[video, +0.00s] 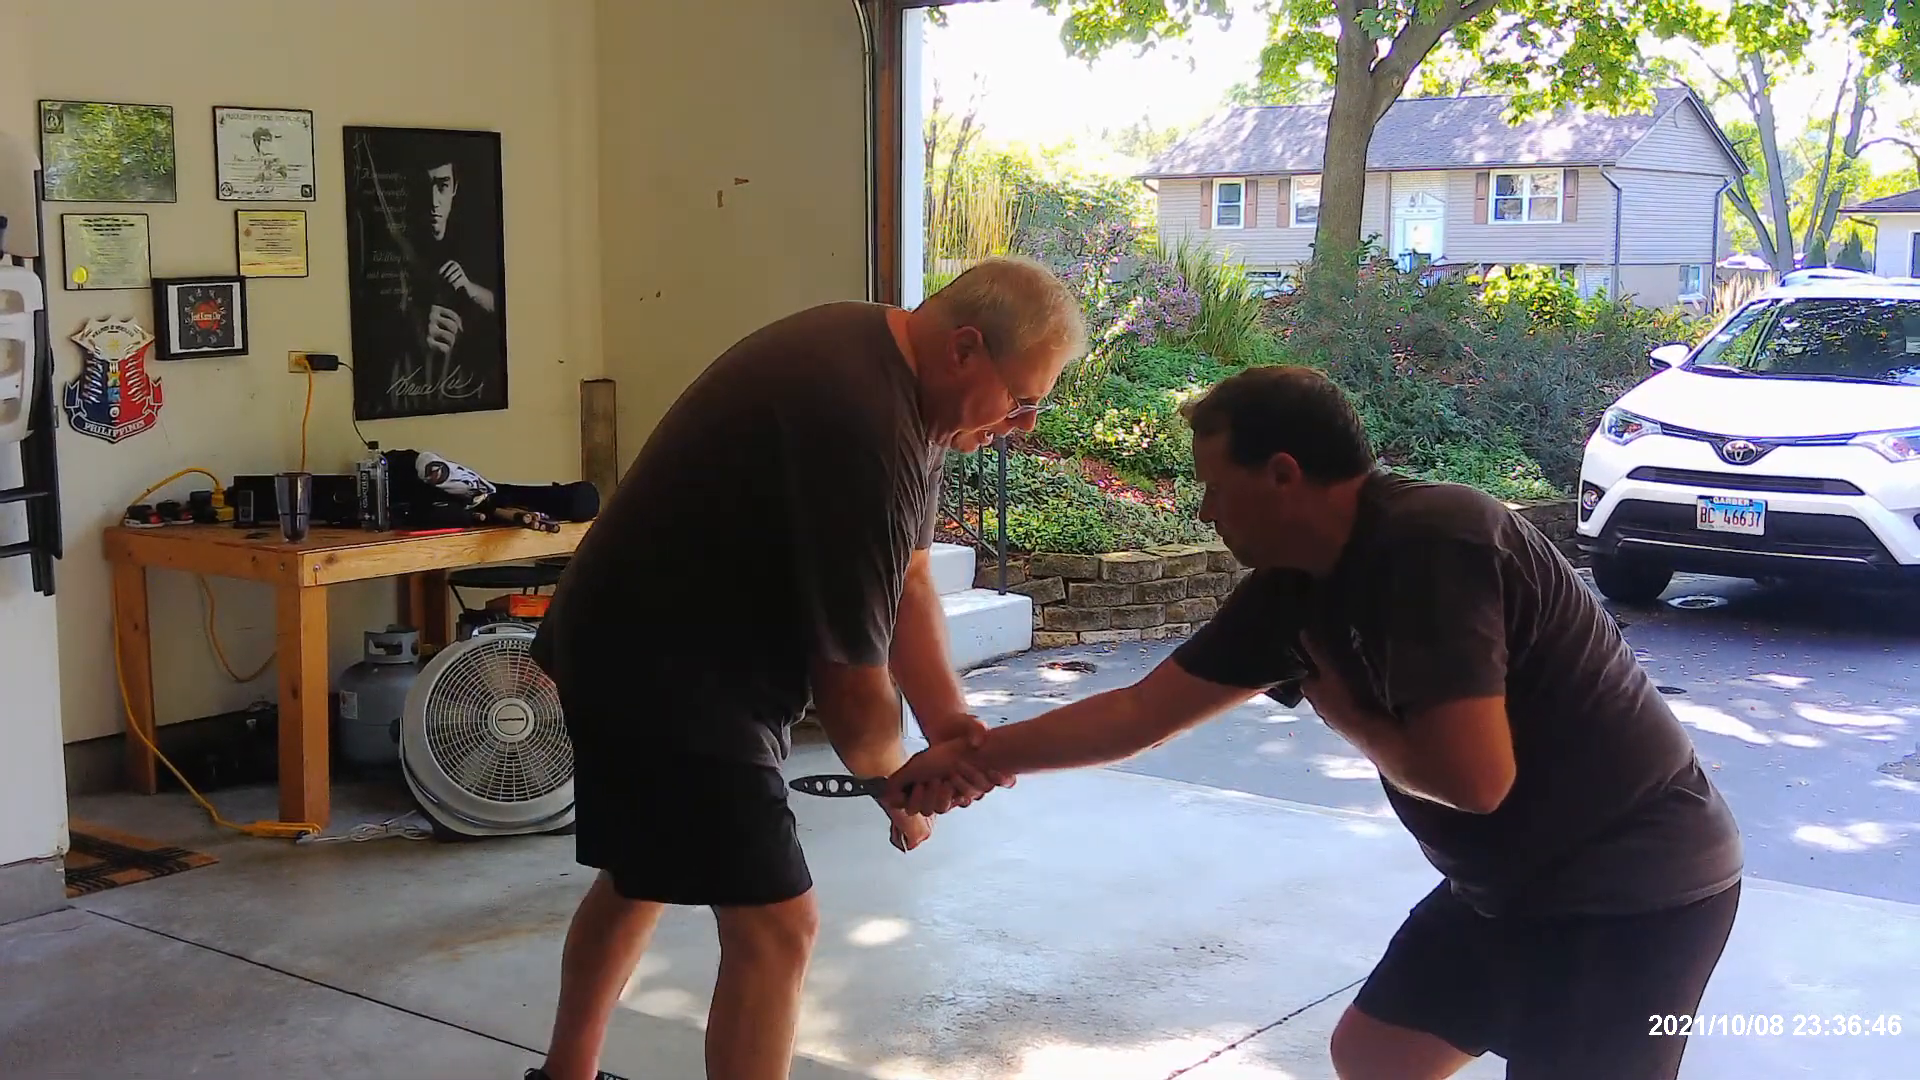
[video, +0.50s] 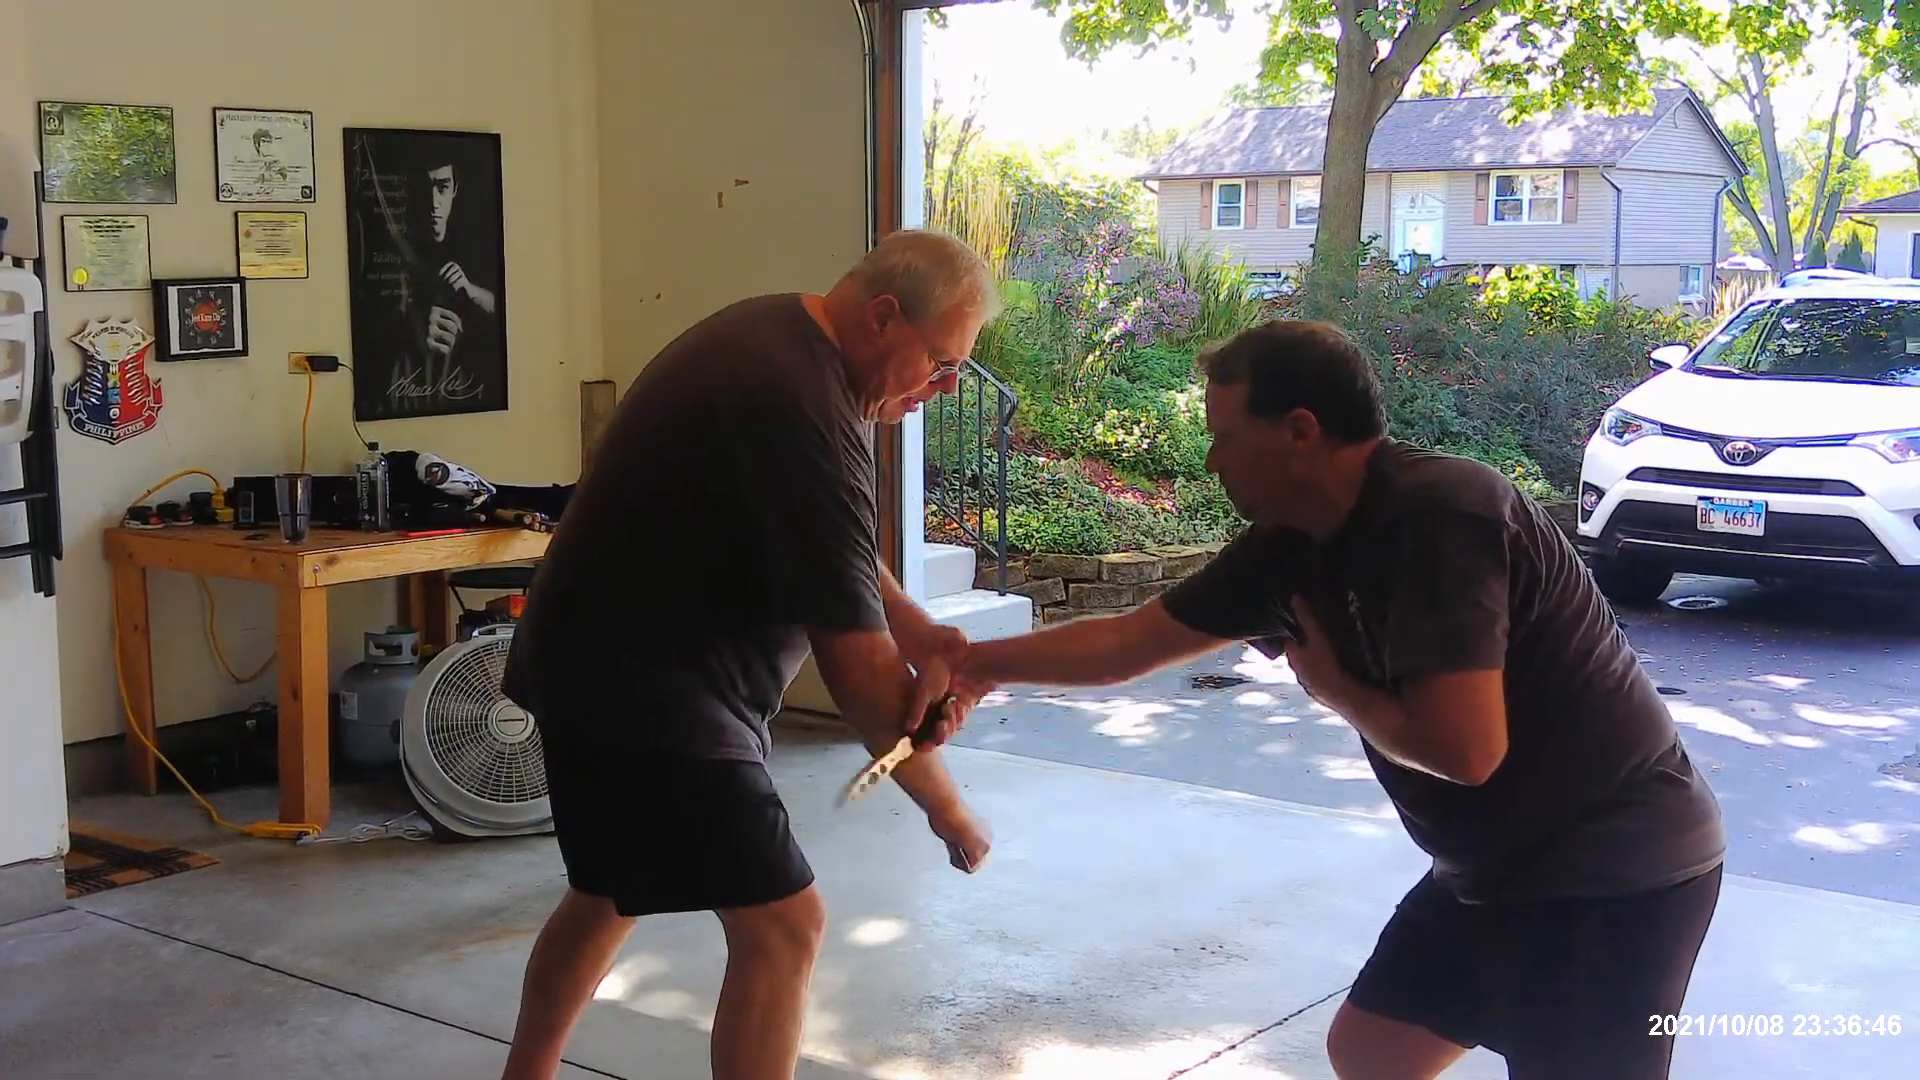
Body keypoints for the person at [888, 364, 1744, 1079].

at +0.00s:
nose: (1201, 503)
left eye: (1210, 477)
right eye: (1201, 479)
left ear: (1282, 474)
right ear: (1280, 478)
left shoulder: (1433, 544)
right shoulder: (1292, 589)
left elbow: (1476, 777)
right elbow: (1144, 710)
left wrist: (1347, 717)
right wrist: (984, 754)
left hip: (1642, 881)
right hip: (1504, 875)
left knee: (1594, 1068)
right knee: (1375, 1049)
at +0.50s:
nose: (1213, 458)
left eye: (1224, 434)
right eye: (1212, 435)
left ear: (1301, 434)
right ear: (1300, 437)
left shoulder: (1445, 517)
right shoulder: (1289, 542)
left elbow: (1469, 748)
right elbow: (1134, 639)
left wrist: (1338, 691)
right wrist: (976, 659)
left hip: (1625, 865)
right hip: (1491, 865)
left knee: (1585, 1069)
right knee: (1371, 1050)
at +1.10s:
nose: (1146, 436)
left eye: (1164, 411)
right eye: (1140, 415)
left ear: (1254, 401)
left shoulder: (1371, 474)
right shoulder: (1195, 519)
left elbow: (1407, 670)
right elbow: (1069, 585)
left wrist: (1239, 607)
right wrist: (947, 601)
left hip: (1565, 813)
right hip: (1423, 831)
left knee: (1594, 1065)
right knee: (1323, 1049)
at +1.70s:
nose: (1202, 333)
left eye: (1228, 309)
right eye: (1200, 310)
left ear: (1317, 314)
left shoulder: (1405, 410)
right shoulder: (1220, 454)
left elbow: (1403, 594)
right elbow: (1113, 560)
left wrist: (1261, 536)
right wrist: (991, 627)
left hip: (1511, 804)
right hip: (1367, 818)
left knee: (1539, 1061)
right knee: (1317, 1050)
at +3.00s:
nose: (1204, 434)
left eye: (1216, 408)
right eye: (1193, 413)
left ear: (1294, 366)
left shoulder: (1425, 431)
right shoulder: (1249, 492)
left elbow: (1429, 626)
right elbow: (1160, 620)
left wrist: (1289, 579)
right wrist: (1051, 728)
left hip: (1523, 815)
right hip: (1377, 826)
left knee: (1518, 1065)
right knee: (1305, 1052)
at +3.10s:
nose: (1205, 436)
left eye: (1208, 411)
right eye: (1194, 417)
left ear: (1278, 367)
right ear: (1277, 370)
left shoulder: (1440, 427)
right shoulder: (1279, 481)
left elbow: (1440, 630)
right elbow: (1207, 629)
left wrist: (1303, 580)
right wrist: (1089, 739)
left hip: (1529, 818)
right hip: (1391, 819)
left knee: (1475, 1064)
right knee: (1327, 1051)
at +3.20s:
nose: (1225, 425)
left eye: (1219, 399)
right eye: (1212, 405)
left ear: (1268, 359)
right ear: (1272, 359)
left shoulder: (1452, 415)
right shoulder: (1314, 463)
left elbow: (1445, 627)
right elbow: (1305, 643)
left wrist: (1317, 564)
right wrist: (1202, 782)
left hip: (1533, 816)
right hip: (1413, 812)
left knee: (1467, 1062)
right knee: (1355, 1039)